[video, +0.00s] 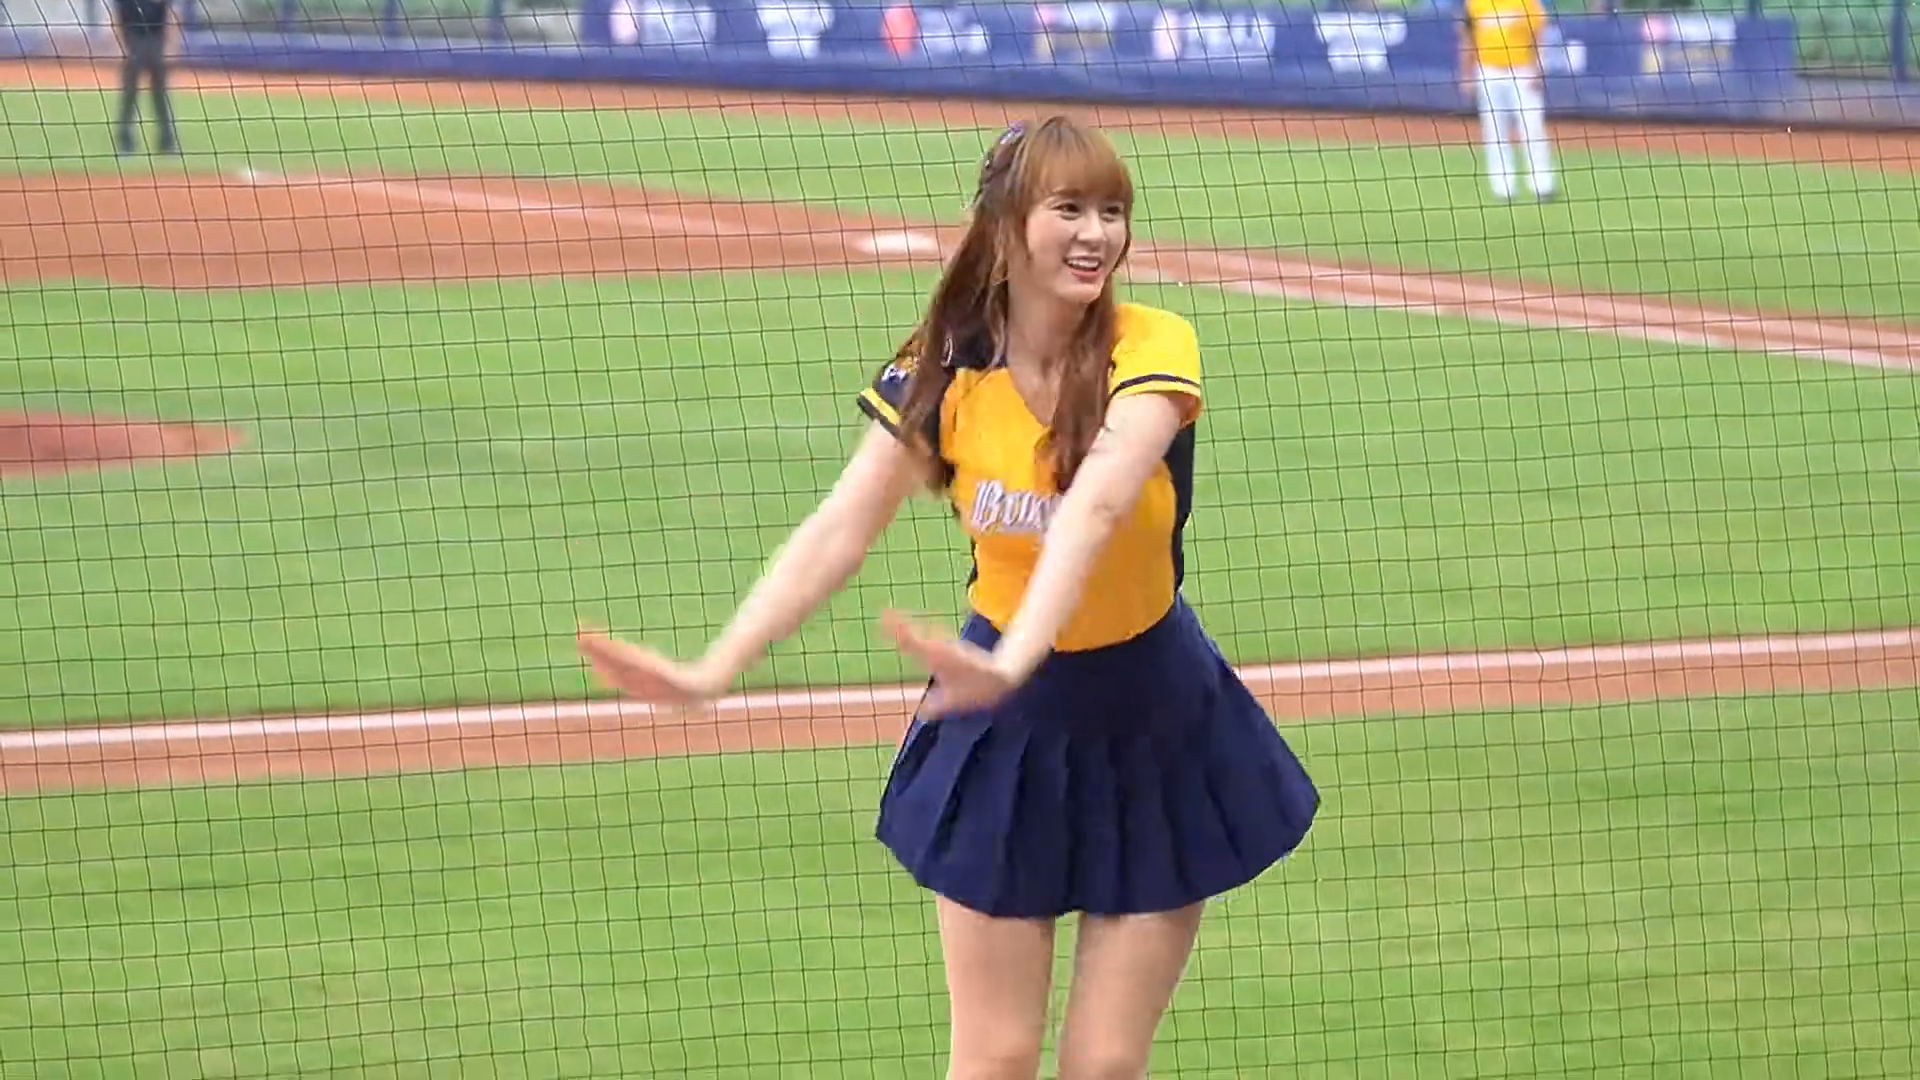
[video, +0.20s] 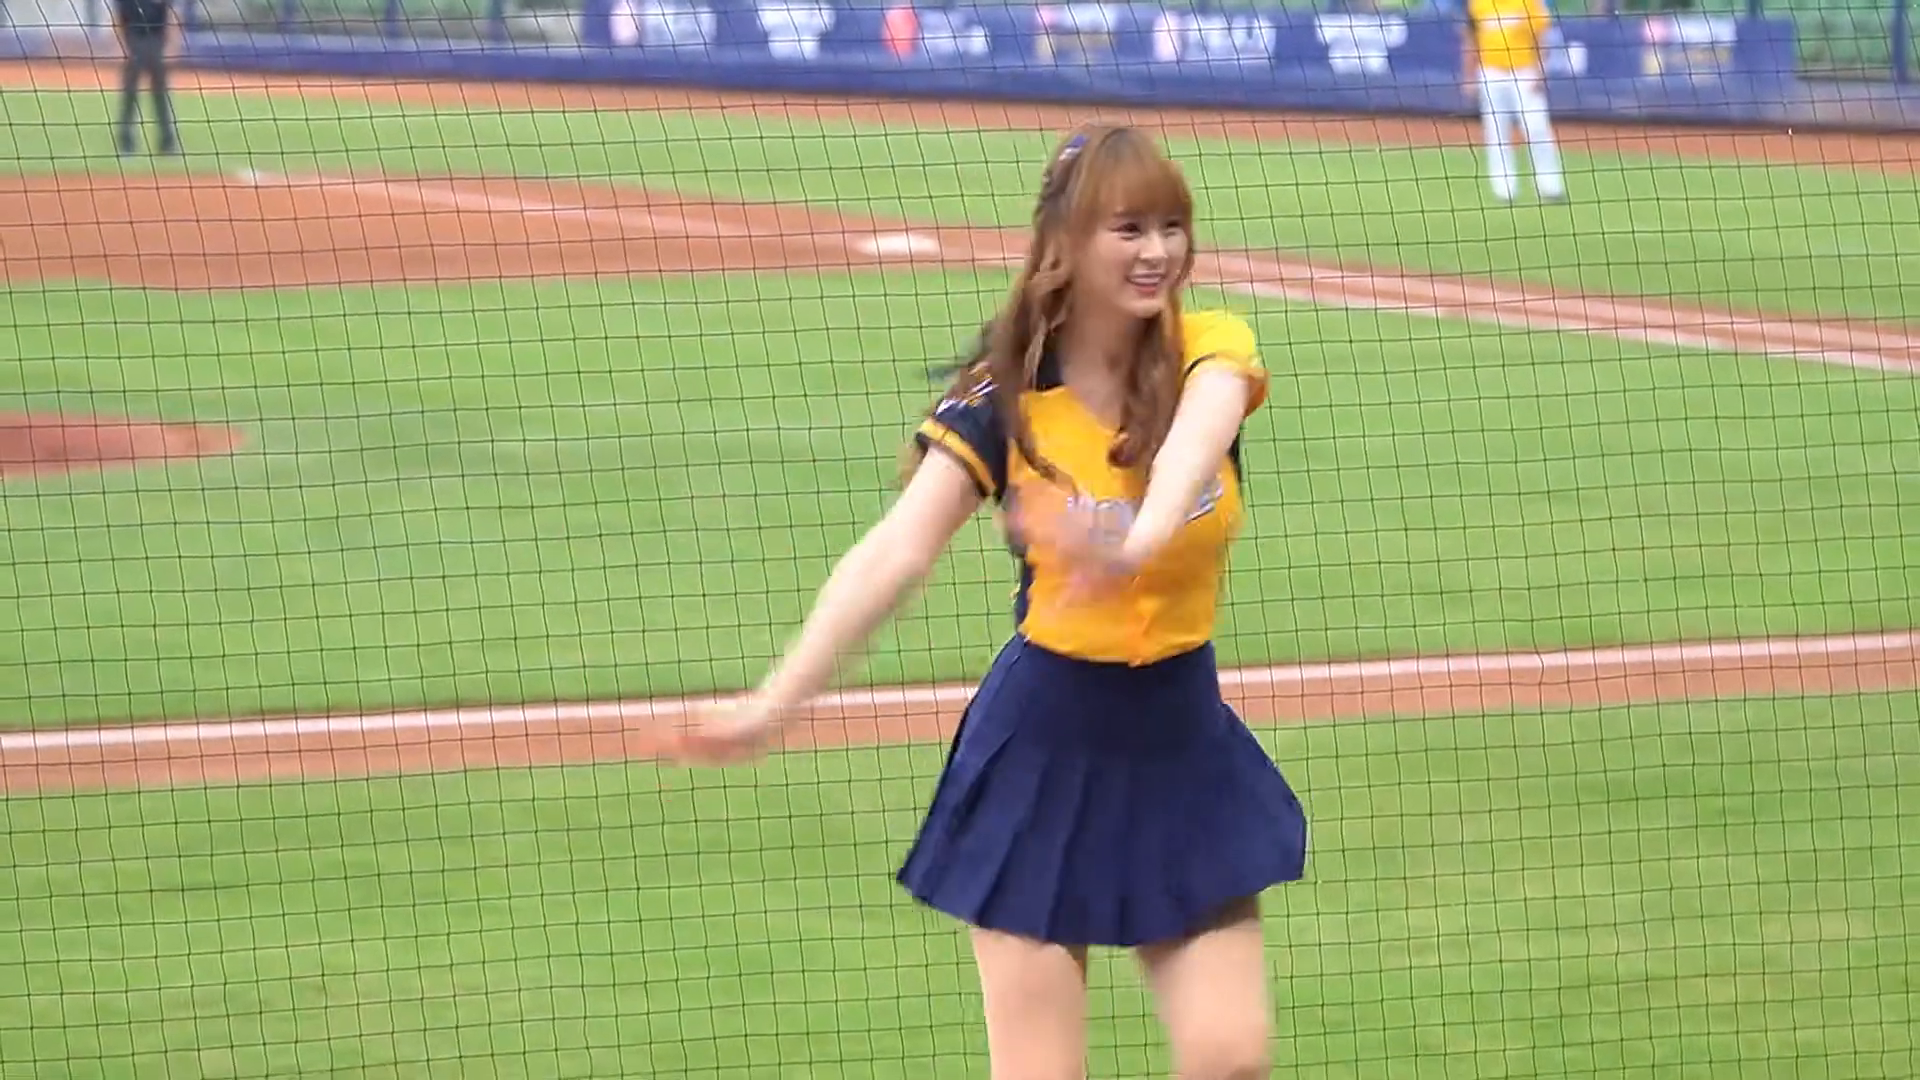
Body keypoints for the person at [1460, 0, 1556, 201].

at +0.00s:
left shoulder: (1527, 4)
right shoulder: (1472, 6)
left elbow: (1540, 31)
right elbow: (1466, 39)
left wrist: (1538, 67)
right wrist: (1467, 74)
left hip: (1523, 69)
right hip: (1488, 71)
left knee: (1533, 126)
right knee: (1494, 130)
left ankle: (1542, 182)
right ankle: (1503, 183)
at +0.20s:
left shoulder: (1529, 4)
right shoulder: (1476, 6)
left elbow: (1542, 35)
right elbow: (1469, 41)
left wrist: (1540, 70)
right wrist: (1469, 76)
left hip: (1525, 70)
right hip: (1491, 72)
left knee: (1537, 128)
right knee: (1496, 131)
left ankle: (1550, 185)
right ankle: (1504, 186)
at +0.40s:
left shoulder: (1525, 6)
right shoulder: (1477, 8)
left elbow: (1539, 38)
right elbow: (1464, 44)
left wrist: (1534, 71)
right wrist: (1464, 77)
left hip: (1518, 73)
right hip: (1484, 75)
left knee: (1530, 131)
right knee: (1487, 134)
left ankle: (1543, 186)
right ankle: (1490, 188)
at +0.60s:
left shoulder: (1520, 5)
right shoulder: (1467, 5)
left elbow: (1528, 39)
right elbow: (1452, 30)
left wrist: (1526, 71)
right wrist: (1455, 71)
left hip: (1510, 71)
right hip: (1476, 71)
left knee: (1518, 130)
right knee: (1474, 131)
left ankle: (1528, 185)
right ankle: (1473, 186)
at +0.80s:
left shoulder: (1499, 5)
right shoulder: (1448, 6)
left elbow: (1510, 38)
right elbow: (1442, 36)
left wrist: (1507, 74)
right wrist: (1439, 70)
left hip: (1491, 75)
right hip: (1457, 73)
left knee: (1493, 135)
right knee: (1447, 135)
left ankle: (1497, 190)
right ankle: (1441, 189)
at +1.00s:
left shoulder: (1496, 15)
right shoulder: (1446, 15)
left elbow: (1508, 58)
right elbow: (1433, 51)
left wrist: (1507, 92)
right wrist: (1437, 86)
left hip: (1488, 90)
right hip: (1453, 90)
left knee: (1486, 148)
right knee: (1440, 144)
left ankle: (1484, 202)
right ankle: (1427, 197)